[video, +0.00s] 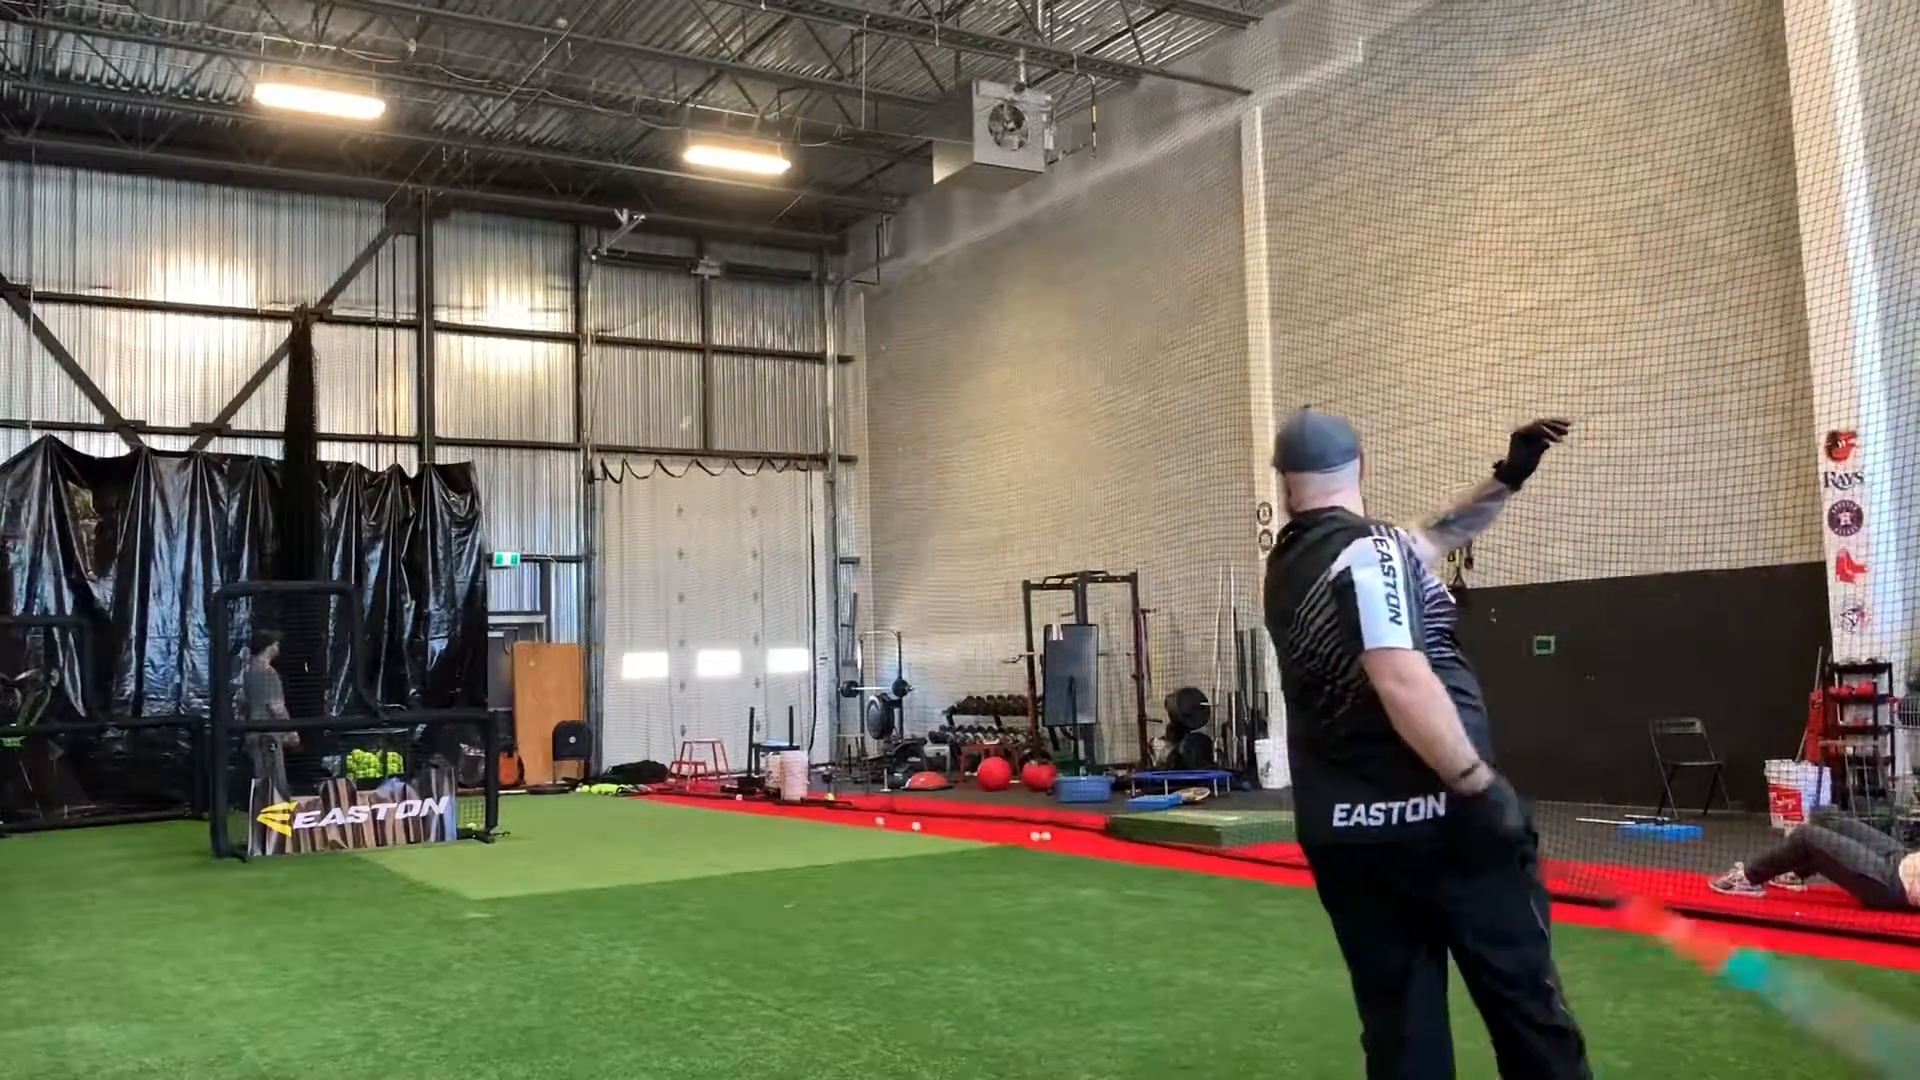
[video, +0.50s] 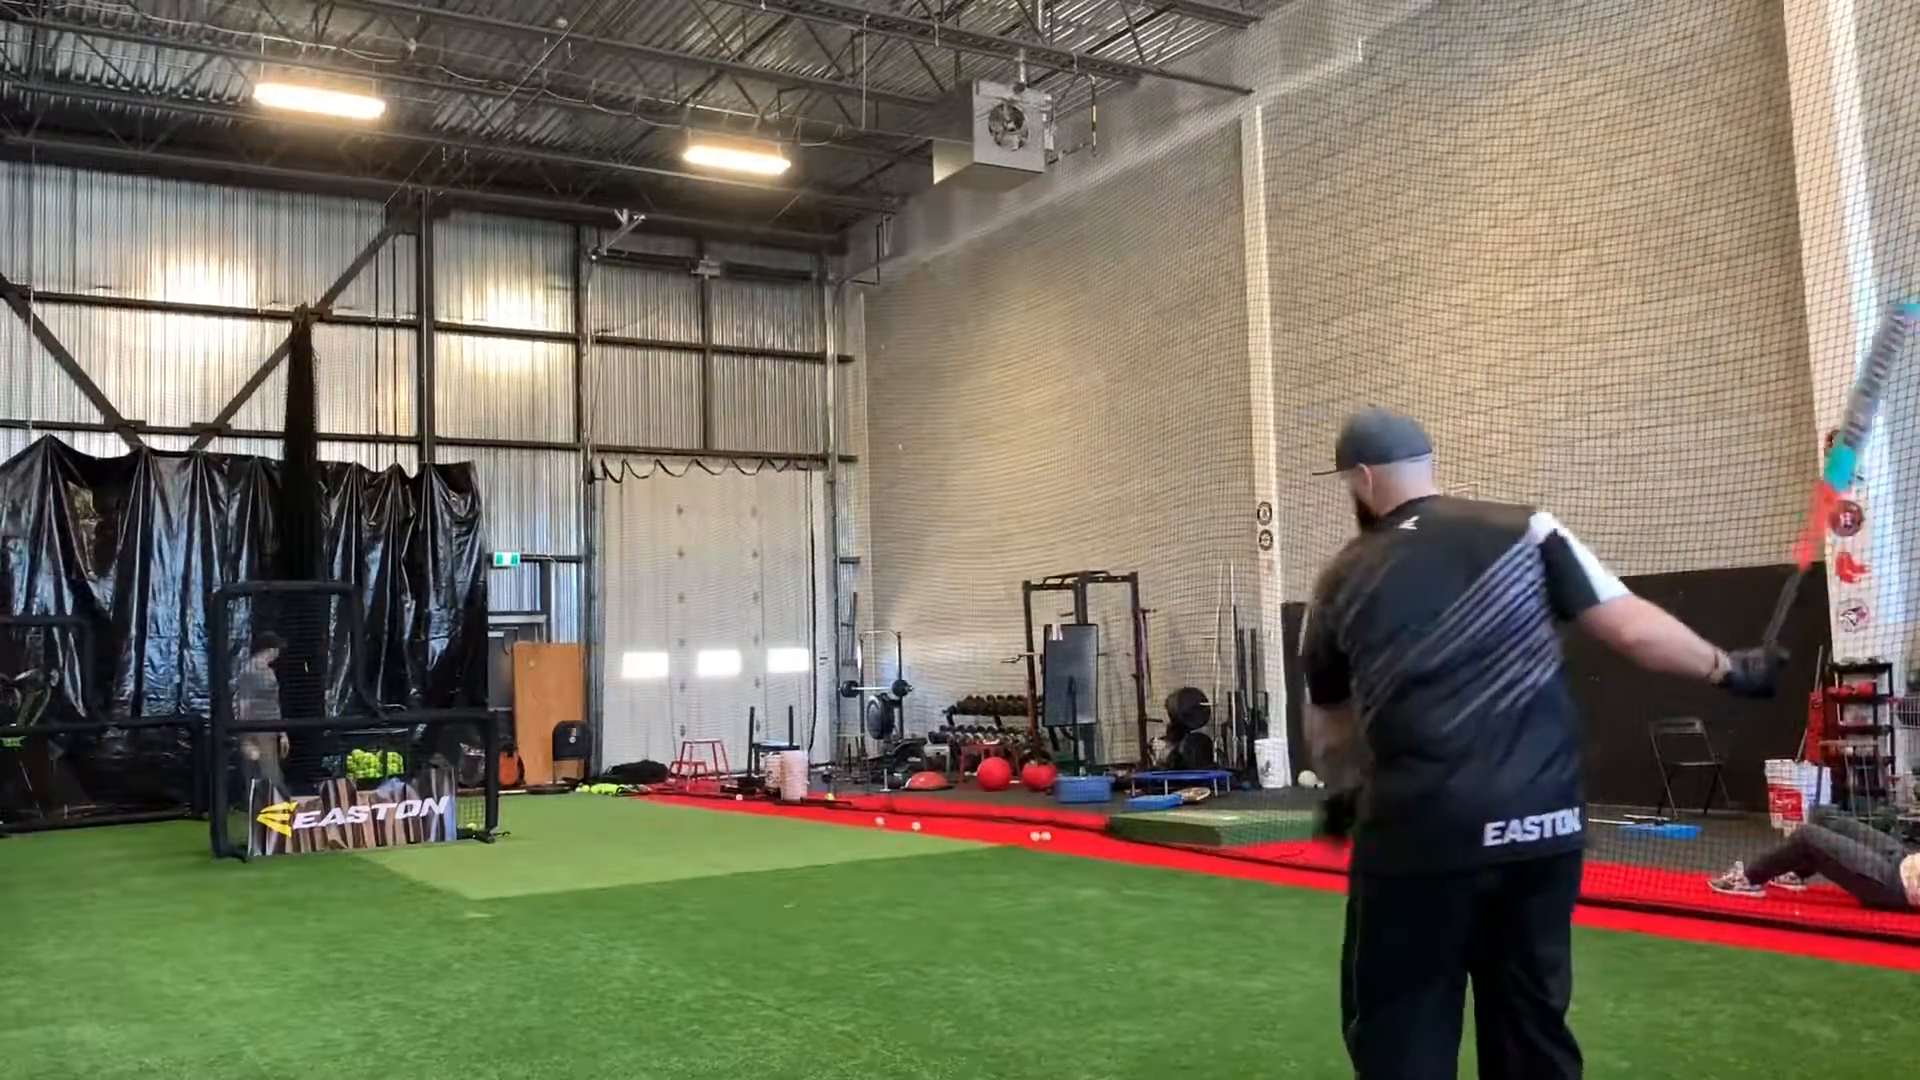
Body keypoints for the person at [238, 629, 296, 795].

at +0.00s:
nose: (278, 649)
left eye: (277, 645)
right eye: (275, 645)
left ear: (257, 647)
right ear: (268, 647)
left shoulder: (248, 671)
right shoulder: (269, 673)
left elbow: (242, 698)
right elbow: (276, 705)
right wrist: (290, 730)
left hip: (252, 726)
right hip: (270, 726)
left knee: (260, 773)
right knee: (276, 773)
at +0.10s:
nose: (278, 649)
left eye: (278, 644)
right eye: (276, 645)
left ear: (260, 646)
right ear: (269, 646)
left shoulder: (252, 669)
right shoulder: (264, 670)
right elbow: (270, 707)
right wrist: (284, 737)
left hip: (253, 732)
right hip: (265, 734)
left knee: (262, 781)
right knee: (275, 781)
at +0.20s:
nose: (279, 651)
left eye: (279, 646)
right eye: (277, 646)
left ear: (263, 647)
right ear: (270, 646)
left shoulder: (254, 669)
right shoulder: (261, 669)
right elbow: (264, 708)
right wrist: (279, 736)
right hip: (264, 737)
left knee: (263, 782)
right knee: (274, 782)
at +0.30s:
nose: (279, 651)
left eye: (279, 647)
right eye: (278, 646)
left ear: (265, 647)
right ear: (270, 647)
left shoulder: (262, 669)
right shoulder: (260, 670)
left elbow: (273, 707)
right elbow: (260, 709)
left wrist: (280, 733)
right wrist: (272, 734)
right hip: (262, 737)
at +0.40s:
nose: (277, 654)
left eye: (277, 650)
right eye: (275, 650)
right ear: (270, 649)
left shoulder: (270, 673)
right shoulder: (254, 672)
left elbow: (274, 706)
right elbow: (248, 704)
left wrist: (281, 731)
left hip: (273, 737)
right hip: (258, 737)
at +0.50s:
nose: (276, 655)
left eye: (277, 651)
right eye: (275, 650)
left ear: (271, 652)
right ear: (267, 650)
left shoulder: (270, 673)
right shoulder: (247, 671)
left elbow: (275, 706)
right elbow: (243, 706)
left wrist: (281, 732)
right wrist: (245, 738)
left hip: (270, 733)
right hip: (252, 732)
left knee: (272, 775)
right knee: (254, 778)